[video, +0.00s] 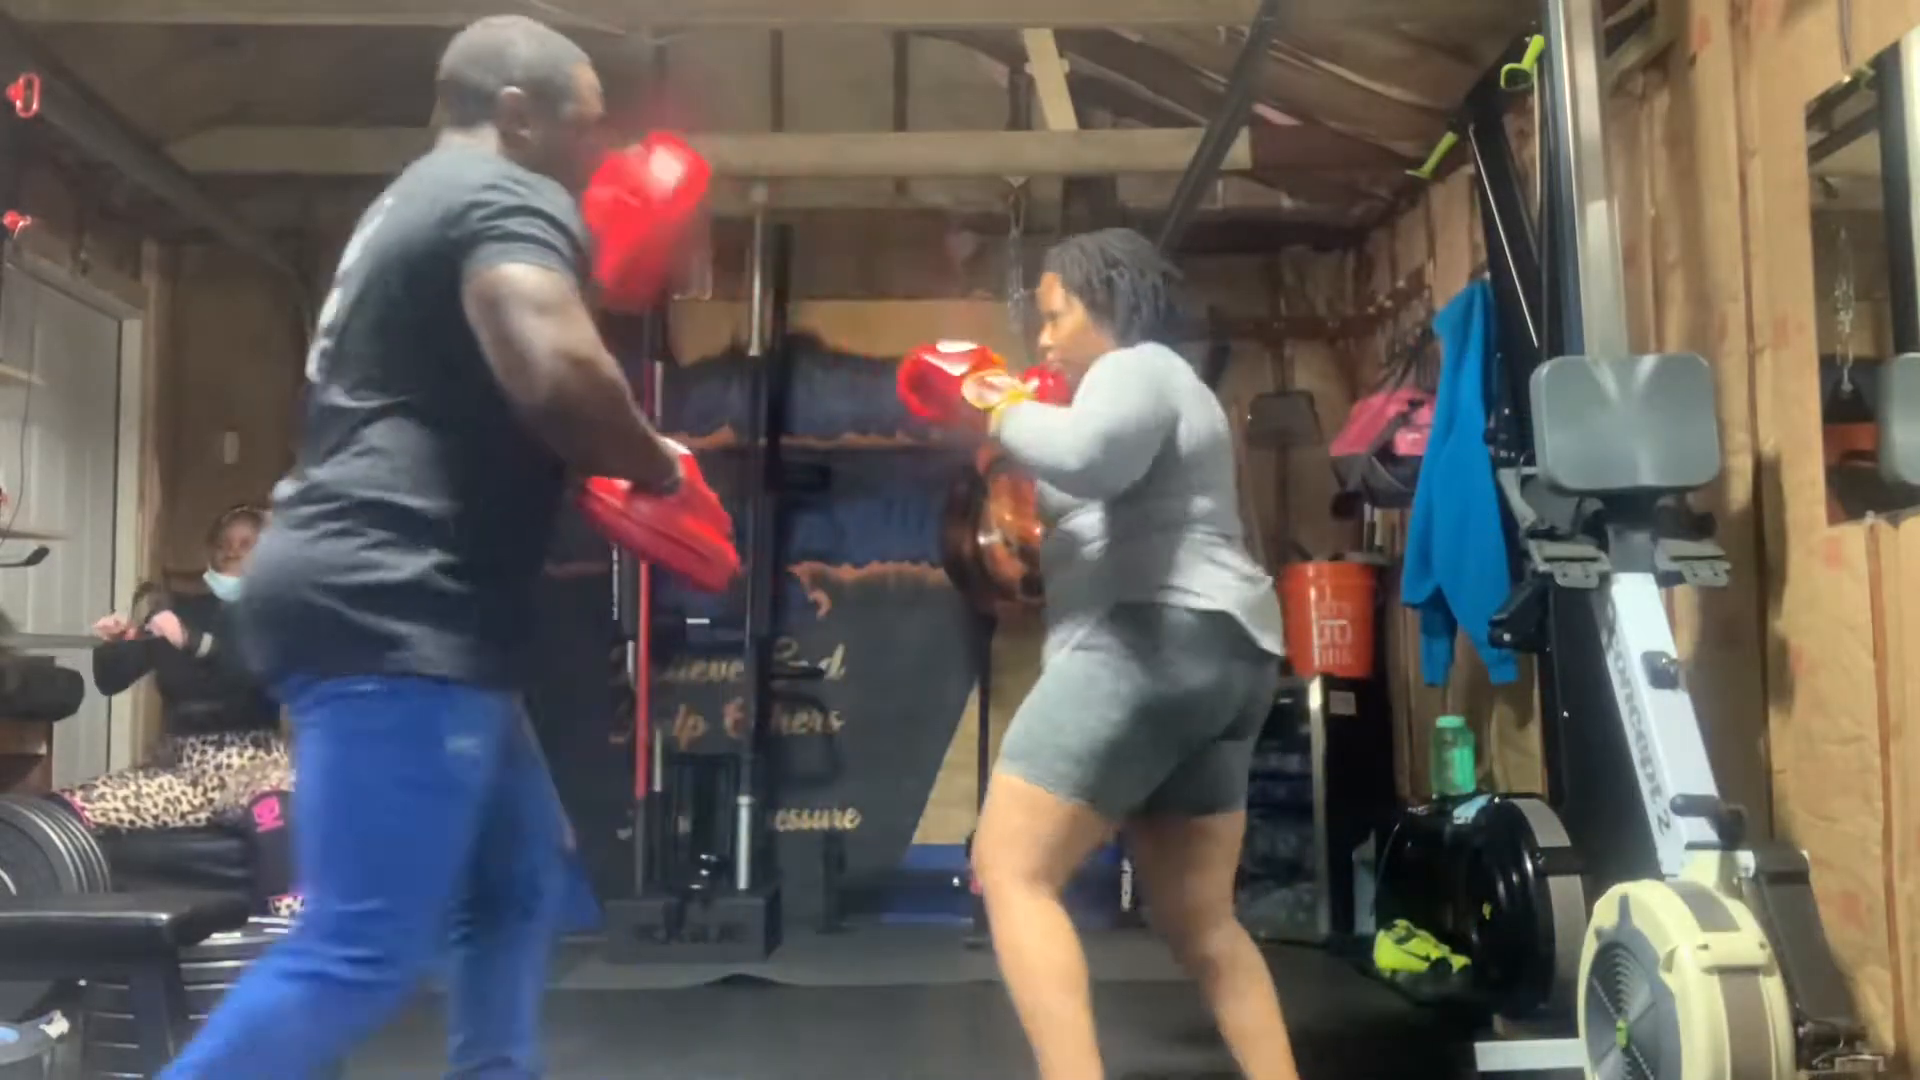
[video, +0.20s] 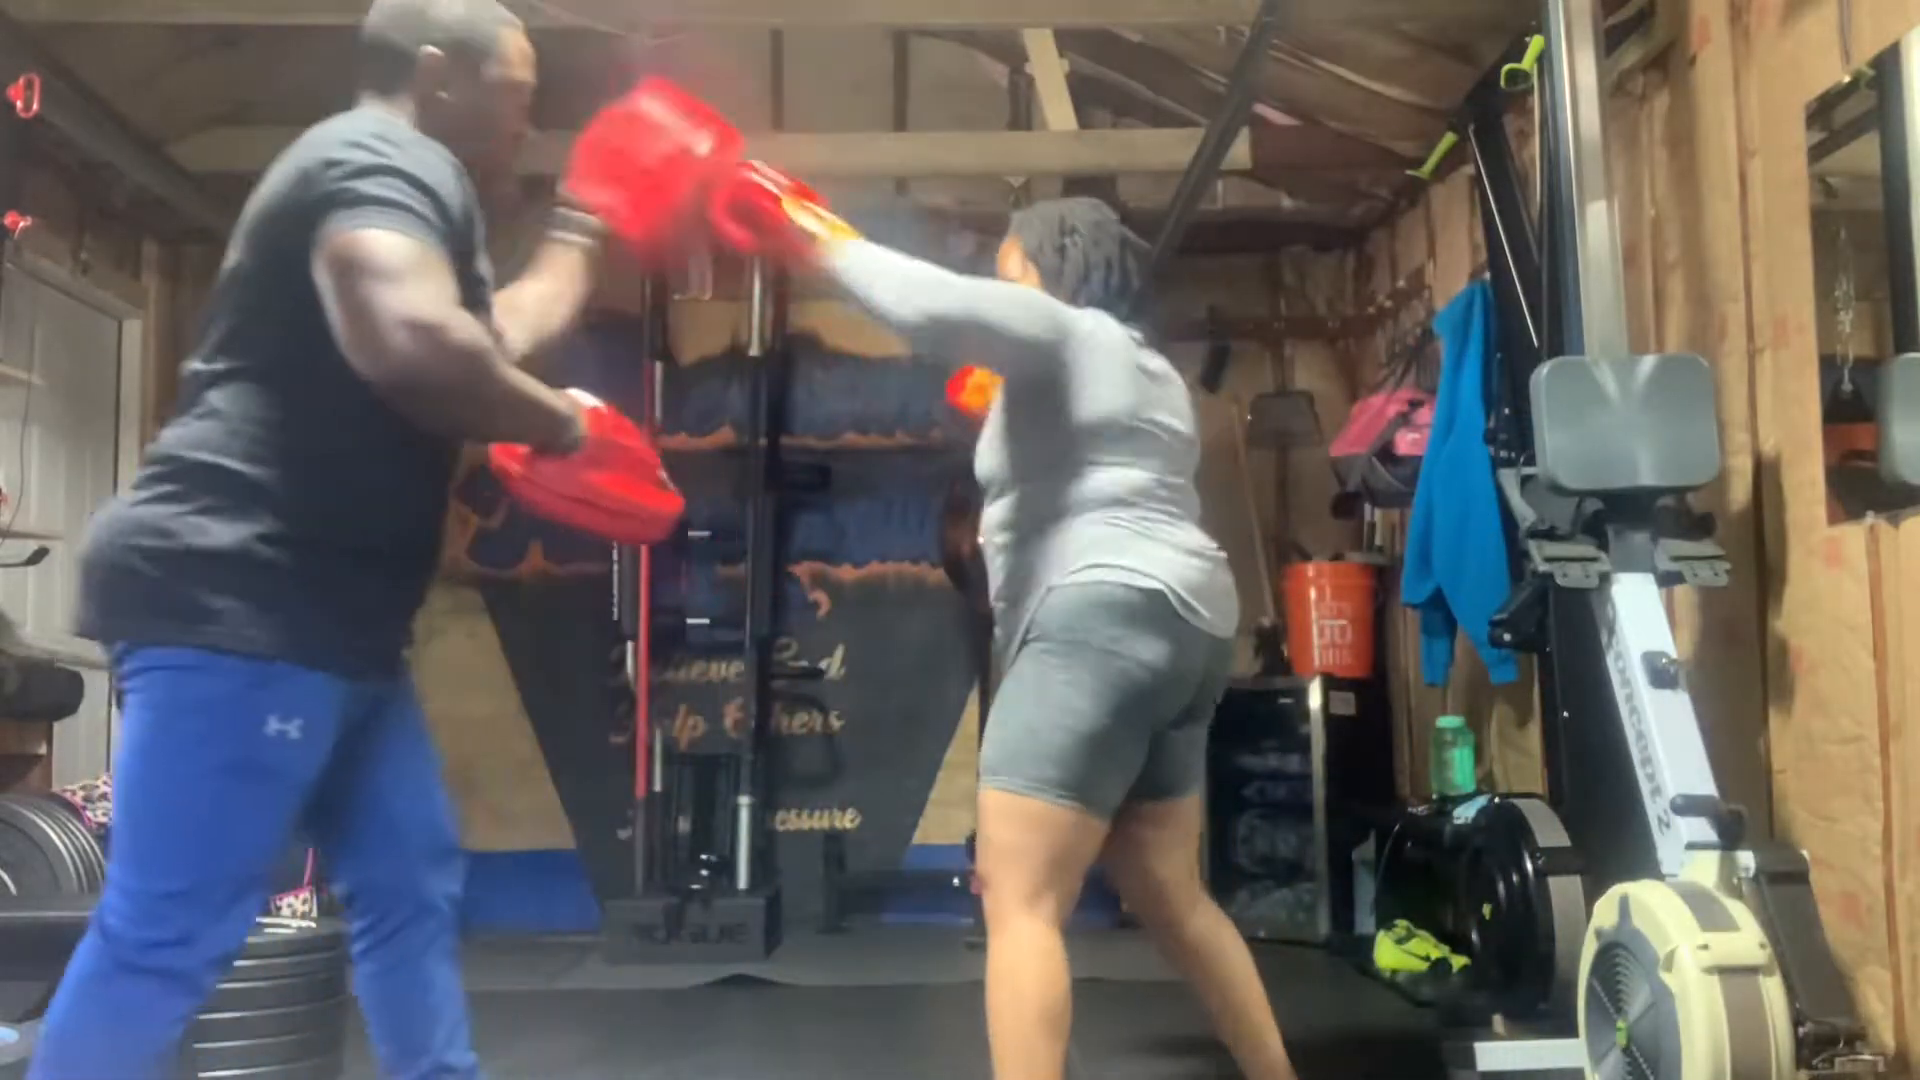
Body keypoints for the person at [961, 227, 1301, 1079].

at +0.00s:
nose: (1043, 339)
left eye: (1053, 315)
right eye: (1042, 320)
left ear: (1106, 303)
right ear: (1118, 307)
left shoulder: (1140, 368)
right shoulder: (1183, 391)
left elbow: (1093, 456)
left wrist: (1000, 408)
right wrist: (1041, 527)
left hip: (1153, 634)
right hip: (1227, 647)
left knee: (1013, 869)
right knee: (1200, 918)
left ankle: (1073, 1072)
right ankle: (1278, 1075)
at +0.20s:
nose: (1000, 281)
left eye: (1009, 264)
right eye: (1002, 264)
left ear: (1050, 269)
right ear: (1112, 275)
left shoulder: (1059, 331)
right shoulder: (1161, 377)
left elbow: (920, 302)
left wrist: (818, 241)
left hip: (1102, 598)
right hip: (1197, 616)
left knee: (1023, 896)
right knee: (1169, 889)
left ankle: (1028, 1074)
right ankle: (1275, 1070)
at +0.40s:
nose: (976, 292)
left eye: (987, 271)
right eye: (976, 272)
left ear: (1037, 263)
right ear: (1066, 267)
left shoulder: (1066, 331)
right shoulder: (1114, 348)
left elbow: (949, 409)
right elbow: (968, 412)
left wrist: (857, 345)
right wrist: (880, 351)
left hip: (1091, 612)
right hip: (1157, 622)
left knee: (1014, 901)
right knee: (1161, 897)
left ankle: (1026, 1077)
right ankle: (1264, 1071)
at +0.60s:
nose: (1018, 300)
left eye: (1034, 278)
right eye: (1018, 281)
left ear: (1095, 277)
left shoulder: (1138, 357)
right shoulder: (1095, 372)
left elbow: (1101, 502)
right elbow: (1047, 504)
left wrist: (1022, 423)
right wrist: (987, 441)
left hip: (1117, 640)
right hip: (1152, 638)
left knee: (1029, 910)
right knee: (1199, 919)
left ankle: (1032, 1078)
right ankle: (1268, 1072)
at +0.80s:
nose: (1079, 305)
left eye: (1097, 283)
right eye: (1077, 286)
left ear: (1159, 283)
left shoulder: (1211, 360)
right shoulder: (1121, 395)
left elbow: (1208, 508)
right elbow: (1095, 536)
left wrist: (1097, 441)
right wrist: (1030, 475)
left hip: (1189, 635)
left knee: (1079, 888)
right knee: (1233, 913)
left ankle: (1046, 1073)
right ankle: (1279, 1072)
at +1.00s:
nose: (1109, 308)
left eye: (1124, 288)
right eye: (1105, 291)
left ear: (1185, 284)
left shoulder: (1240, 357)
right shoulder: (1138, 398)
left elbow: (1249, 499)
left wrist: (1121, 443)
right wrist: (1052, 489)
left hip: (1226, 621)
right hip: (1171, 633)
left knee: (1089, 851)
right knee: (1245, 913)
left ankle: (1108, 1075)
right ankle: (1283, 1074)